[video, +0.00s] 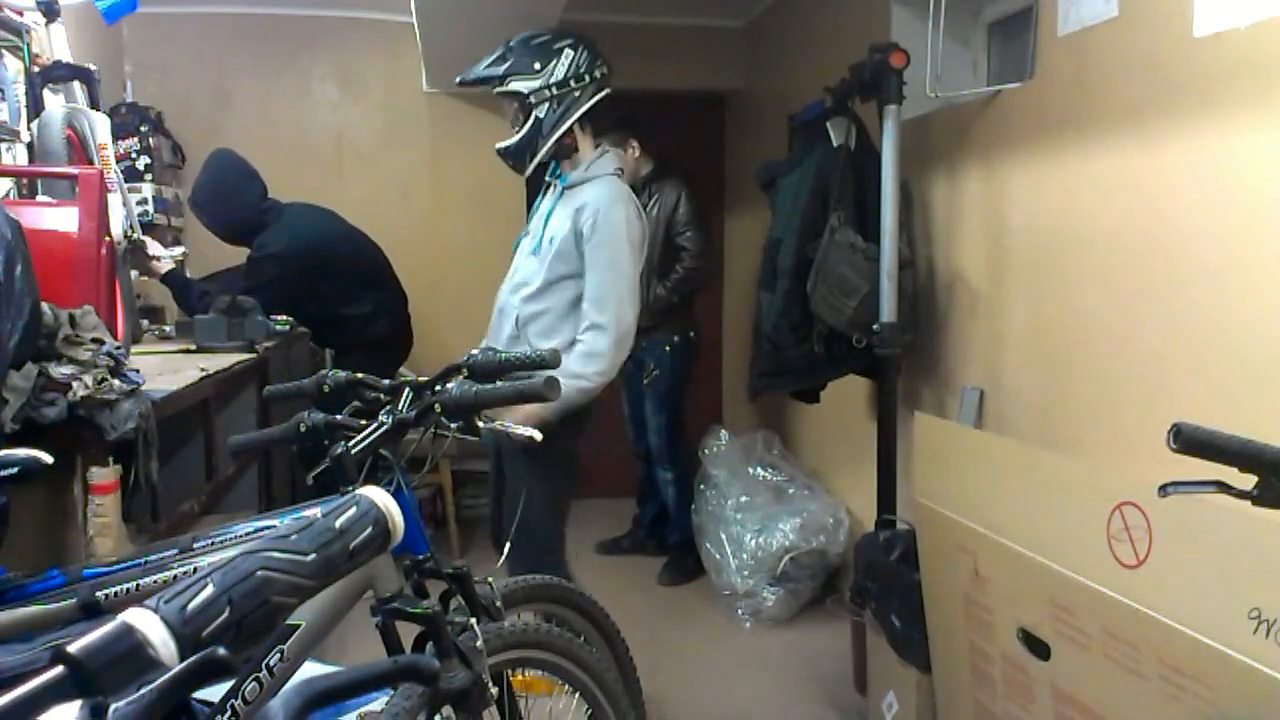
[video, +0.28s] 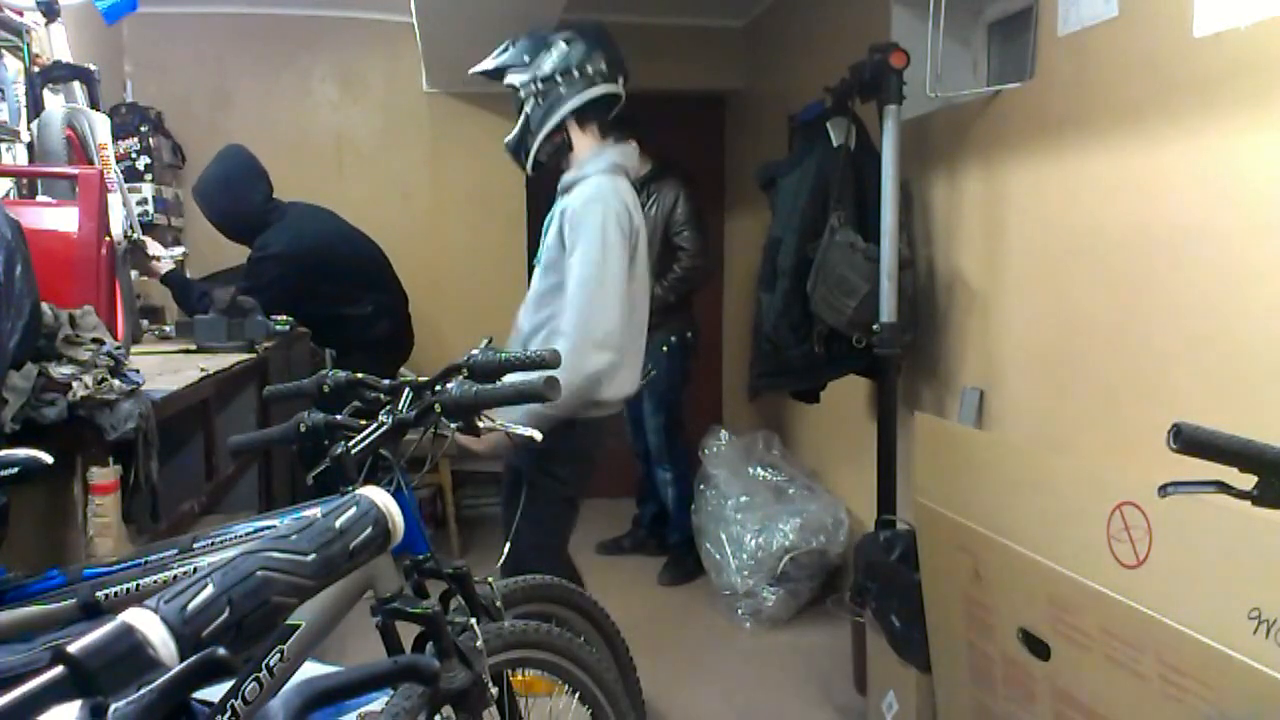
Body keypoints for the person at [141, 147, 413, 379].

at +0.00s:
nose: (213, 230)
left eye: (210, 220)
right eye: (208, 221)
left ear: (225, 216)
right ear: (251, 193)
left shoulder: (276, 253)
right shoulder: (295, 218)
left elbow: (223, 311)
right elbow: (246, 284)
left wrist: (164, 272)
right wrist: (177, 278)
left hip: (370, 348)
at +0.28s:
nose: (217, 225)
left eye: (216, 216)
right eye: (213, 216)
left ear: (231, 211)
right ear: (258, 190)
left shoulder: (275, 254)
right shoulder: (297, 216)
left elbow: (229, 312)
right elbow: (250, 290)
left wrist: (164, 272)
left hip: (370, 349)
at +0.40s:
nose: (217, 226)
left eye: (216, 217)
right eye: (213, 218)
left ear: (229, 214)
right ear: (257, 191)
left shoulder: (275, 253)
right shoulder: (296, 216)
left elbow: (220, 315)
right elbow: (268, 264)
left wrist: (164, 273)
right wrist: (227, 278)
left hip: (372, 350)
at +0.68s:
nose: (213, 224)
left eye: (212, 215)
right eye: (209, 216)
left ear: (226, 212)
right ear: (251, 194)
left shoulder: (273, 251)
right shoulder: (286, 217)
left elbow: (233, 316)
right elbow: (249, 281)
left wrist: (170, 275)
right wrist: (195, 257)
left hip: (380, 348)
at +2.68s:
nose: (203, 233)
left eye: (201, 223)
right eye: (198, 224)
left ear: (215, 218)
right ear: (239, 195)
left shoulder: (266, 252)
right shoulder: (279, 220)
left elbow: (220, 319)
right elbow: (244, 279)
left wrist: (168, 276)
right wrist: (186, 285)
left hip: (367, 350)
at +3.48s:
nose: (206, 224)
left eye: (205, 215)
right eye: (202, 216)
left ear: (219, 212)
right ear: (246, 192)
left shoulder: (268, 250)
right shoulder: (284, 223)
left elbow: (221, 317)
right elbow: (253, 282)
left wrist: (166, 276)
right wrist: (211, 277)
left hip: (366, 363)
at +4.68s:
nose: (209, 222)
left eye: (209, 212)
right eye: (206, 214)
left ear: (226, 207)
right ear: (255, 191)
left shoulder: (264, 249)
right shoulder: (295, 220)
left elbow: (233, 324)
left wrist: (167, 277)